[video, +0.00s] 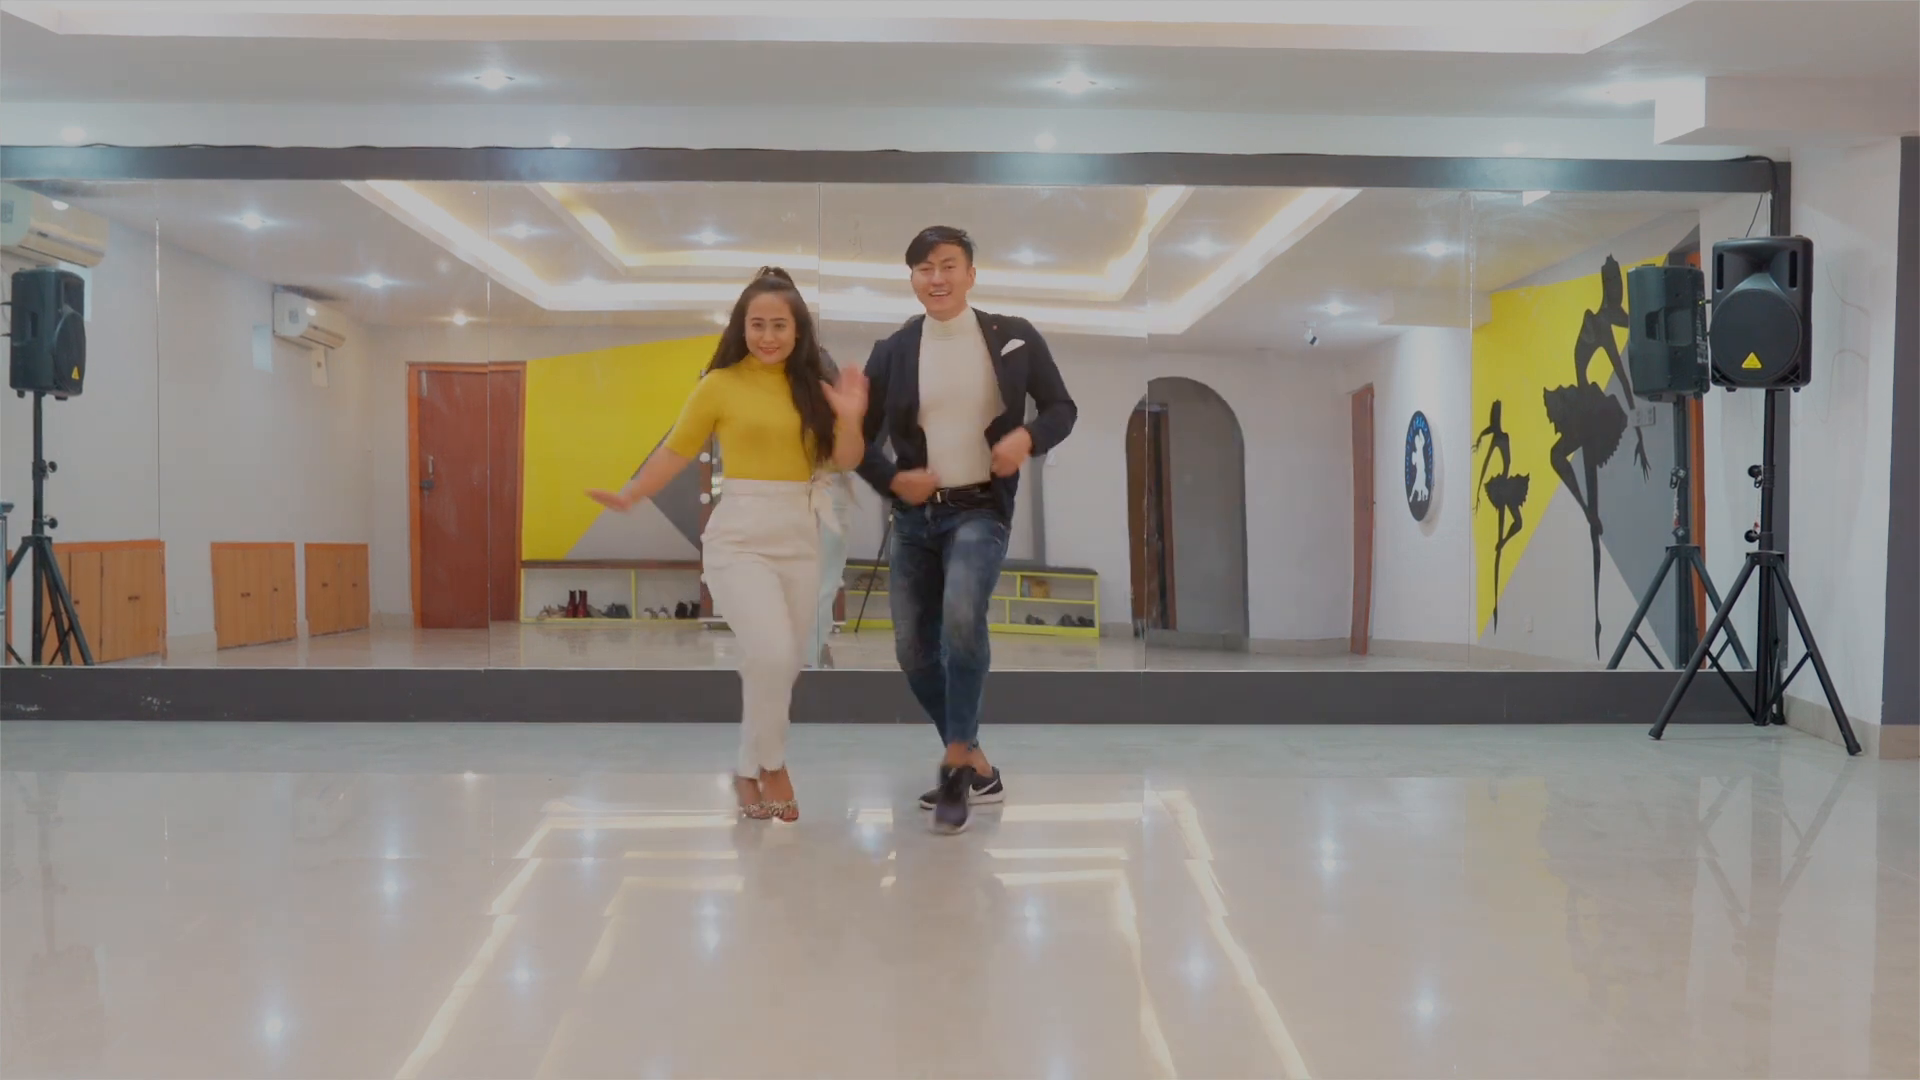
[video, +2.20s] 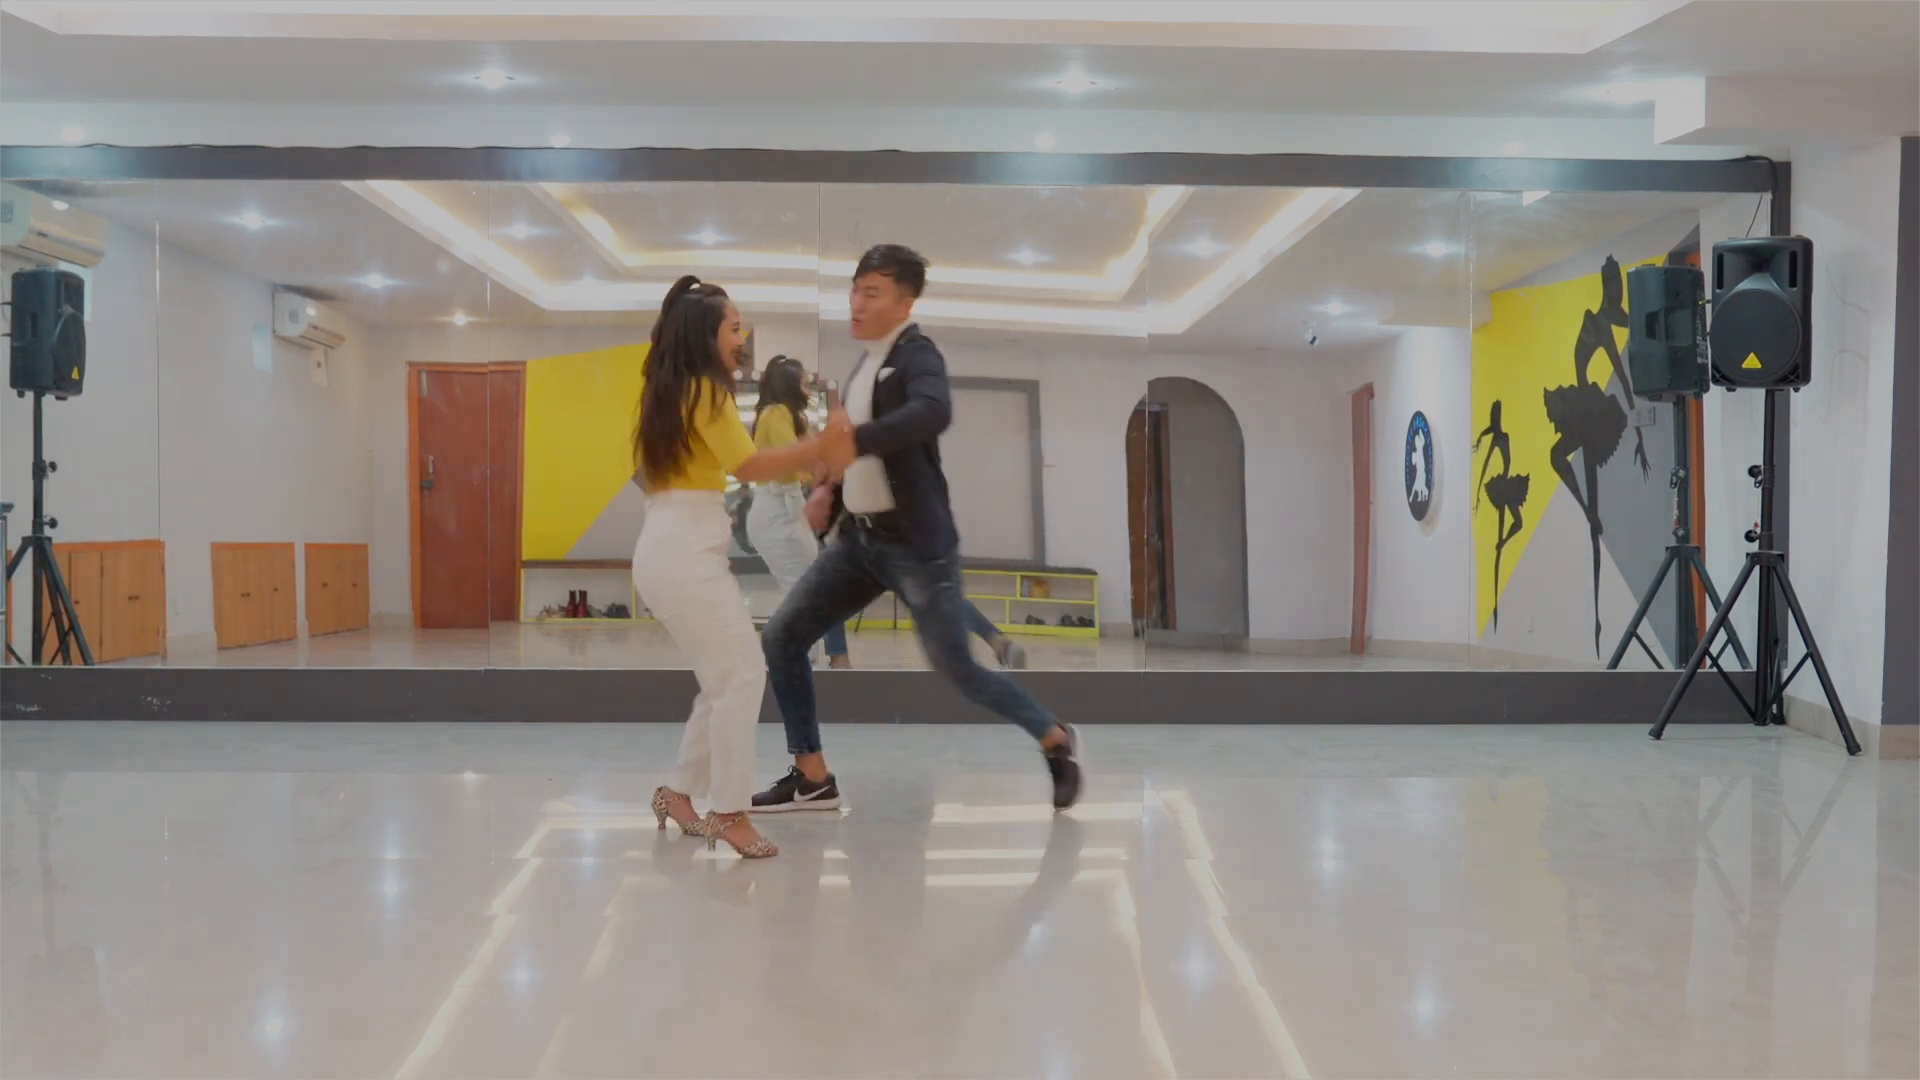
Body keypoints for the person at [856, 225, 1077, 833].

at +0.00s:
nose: (938, 277)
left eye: (949, 266)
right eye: (927, 268)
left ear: (971, 273)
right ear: (912, 278)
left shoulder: (1013, 336)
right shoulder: (890, 352)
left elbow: (1061, 409)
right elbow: (859, 438)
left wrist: (1028, 438)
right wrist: (892, 478)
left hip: (978, 509)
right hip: (912, 514)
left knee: (962, 622)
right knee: (914, 649)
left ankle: (956, 769)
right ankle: (974, 763)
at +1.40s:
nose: (981, 290)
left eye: (989, 279)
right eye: (968, 280)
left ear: (1000, 285)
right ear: (943, 287)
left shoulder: (1027, 354)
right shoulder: (906, 347)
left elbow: (1050, 428)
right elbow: (860, 418)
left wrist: (1031, 484)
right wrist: (919, 446)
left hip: (993, 518)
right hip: (917, 518)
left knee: (1024, 641)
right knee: (896, 651)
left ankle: (1031, 769)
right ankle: (899, 735)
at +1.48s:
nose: (991, 292)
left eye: (998, 281)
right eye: (977, 281)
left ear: (1008, 285)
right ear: (951, 288)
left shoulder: (1030, 354)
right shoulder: (915, 336)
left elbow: (1042, 430)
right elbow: (873, 409)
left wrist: (1035, 473)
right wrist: (934, 433)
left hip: (992, 520)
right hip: (917, 515)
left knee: (1025, 644)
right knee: (872, 643)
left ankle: (1032, 769)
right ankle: (864, 727)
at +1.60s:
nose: (995, 298)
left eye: (1002, 287)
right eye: (981, 286)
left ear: (1009, 292)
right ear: (952, 292)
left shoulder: (1015, 372)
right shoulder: (932, 356)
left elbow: (1008, 454)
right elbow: (875, 427)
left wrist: (1032, 473)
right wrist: (936, 482)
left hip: (988, 531)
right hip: (915, 531)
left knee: (1039, 641)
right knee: (851, 650)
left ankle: (1031, 772)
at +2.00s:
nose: (911, 311)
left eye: (926, 301)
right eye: (906, 300)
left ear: (957, 310)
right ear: (898, 309)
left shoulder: (976, 375)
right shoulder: (897, 379)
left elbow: (1033, 443)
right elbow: (874, 437)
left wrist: (982, 503)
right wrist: (873, 473)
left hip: (967, 549)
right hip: (899, 545)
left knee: (1010, 667)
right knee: (802, 627)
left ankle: (1059, 763)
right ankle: (806, 770)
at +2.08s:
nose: (886, 311)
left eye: (901, 300)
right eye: (885, 300)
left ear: (936, 310)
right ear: (886, 306)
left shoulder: (952, 368)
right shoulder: (893, 375)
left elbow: (982, 427)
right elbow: (881, 448)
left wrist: (925, 485)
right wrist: (862, 485)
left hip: (949, 551)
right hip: (887, 549)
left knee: (1000, 666)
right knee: (793, 631)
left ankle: (1063, 760)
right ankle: (813, 772)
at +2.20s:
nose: (856, 302)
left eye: (871, 294)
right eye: (855, 291)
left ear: (906, 303)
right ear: (855, 296)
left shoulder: (918, 353)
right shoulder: (866, 363)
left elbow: (932, 412)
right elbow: (864, 439)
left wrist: (856, 443)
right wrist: (830, 488)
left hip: (917, 541)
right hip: (860, 537)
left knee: (958, 667)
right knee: (782, 636)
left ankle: (1055, 738)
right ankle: (811, 774)